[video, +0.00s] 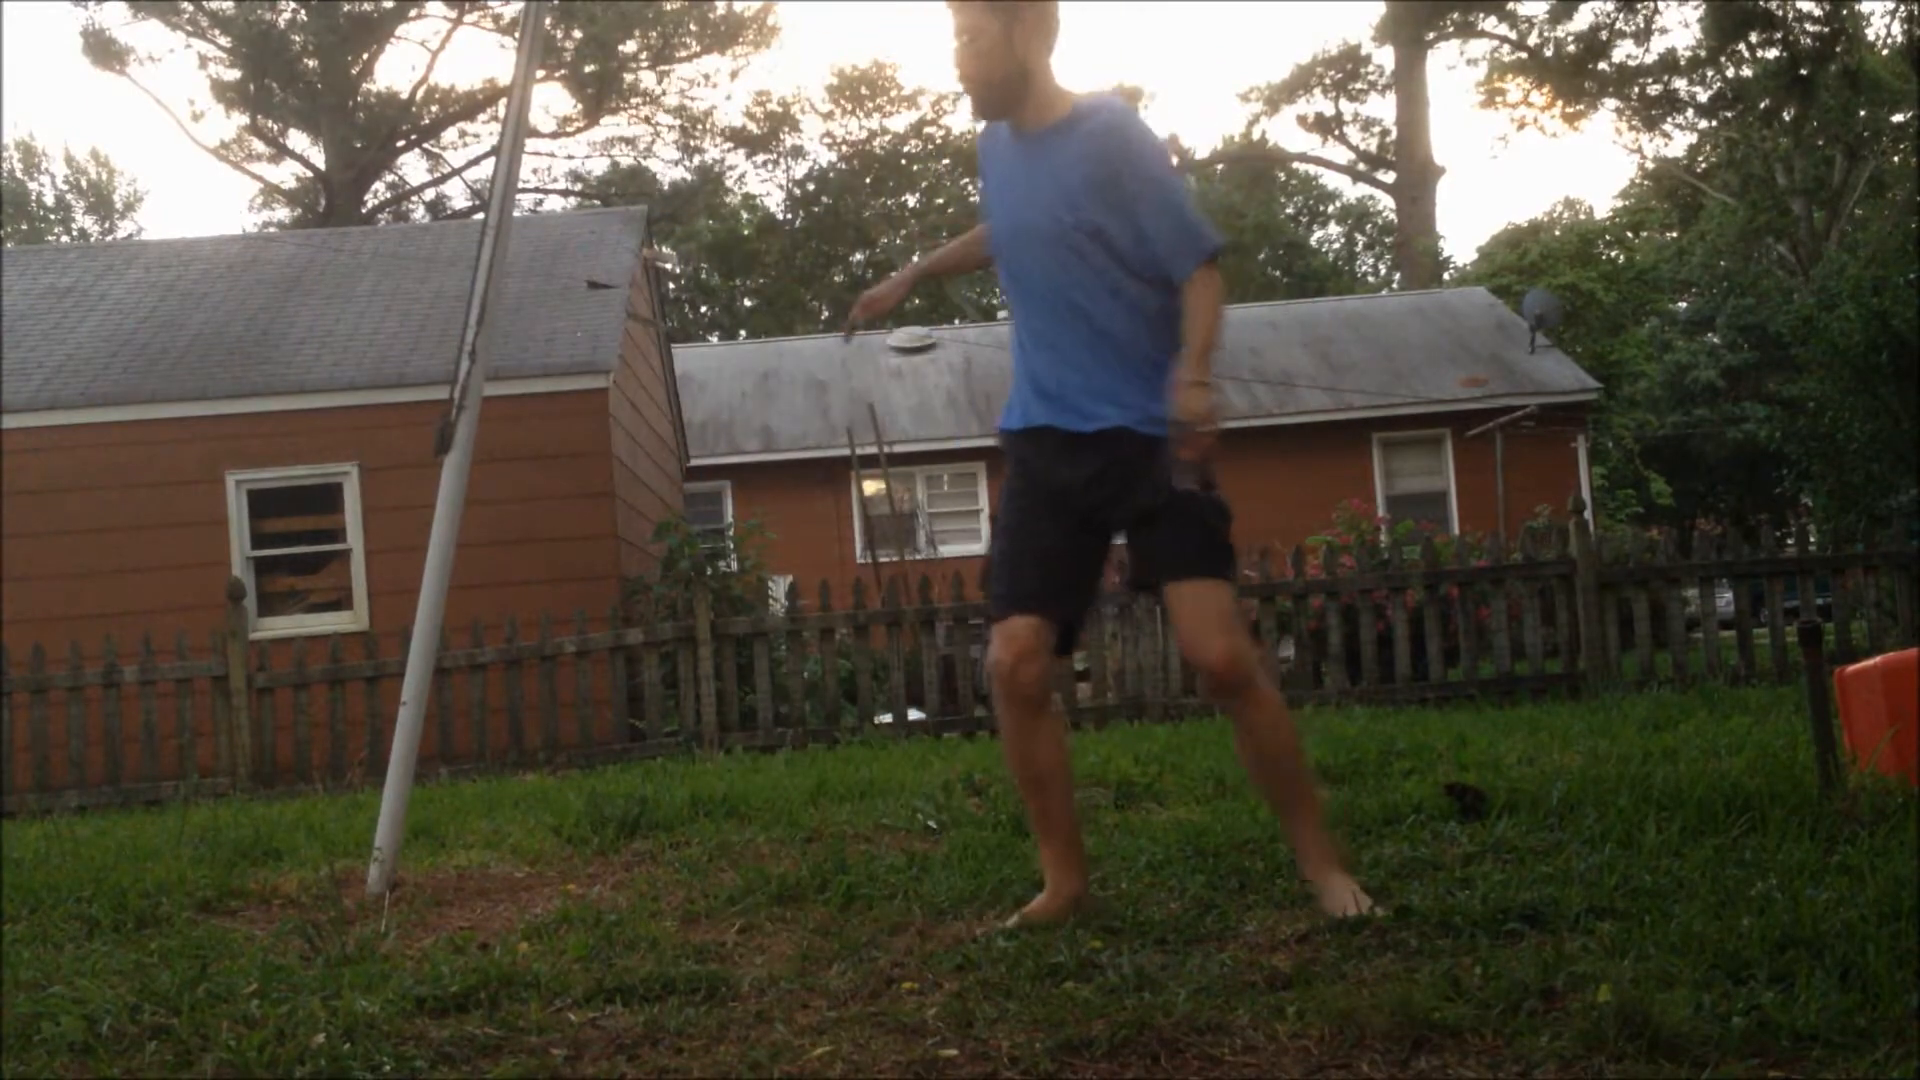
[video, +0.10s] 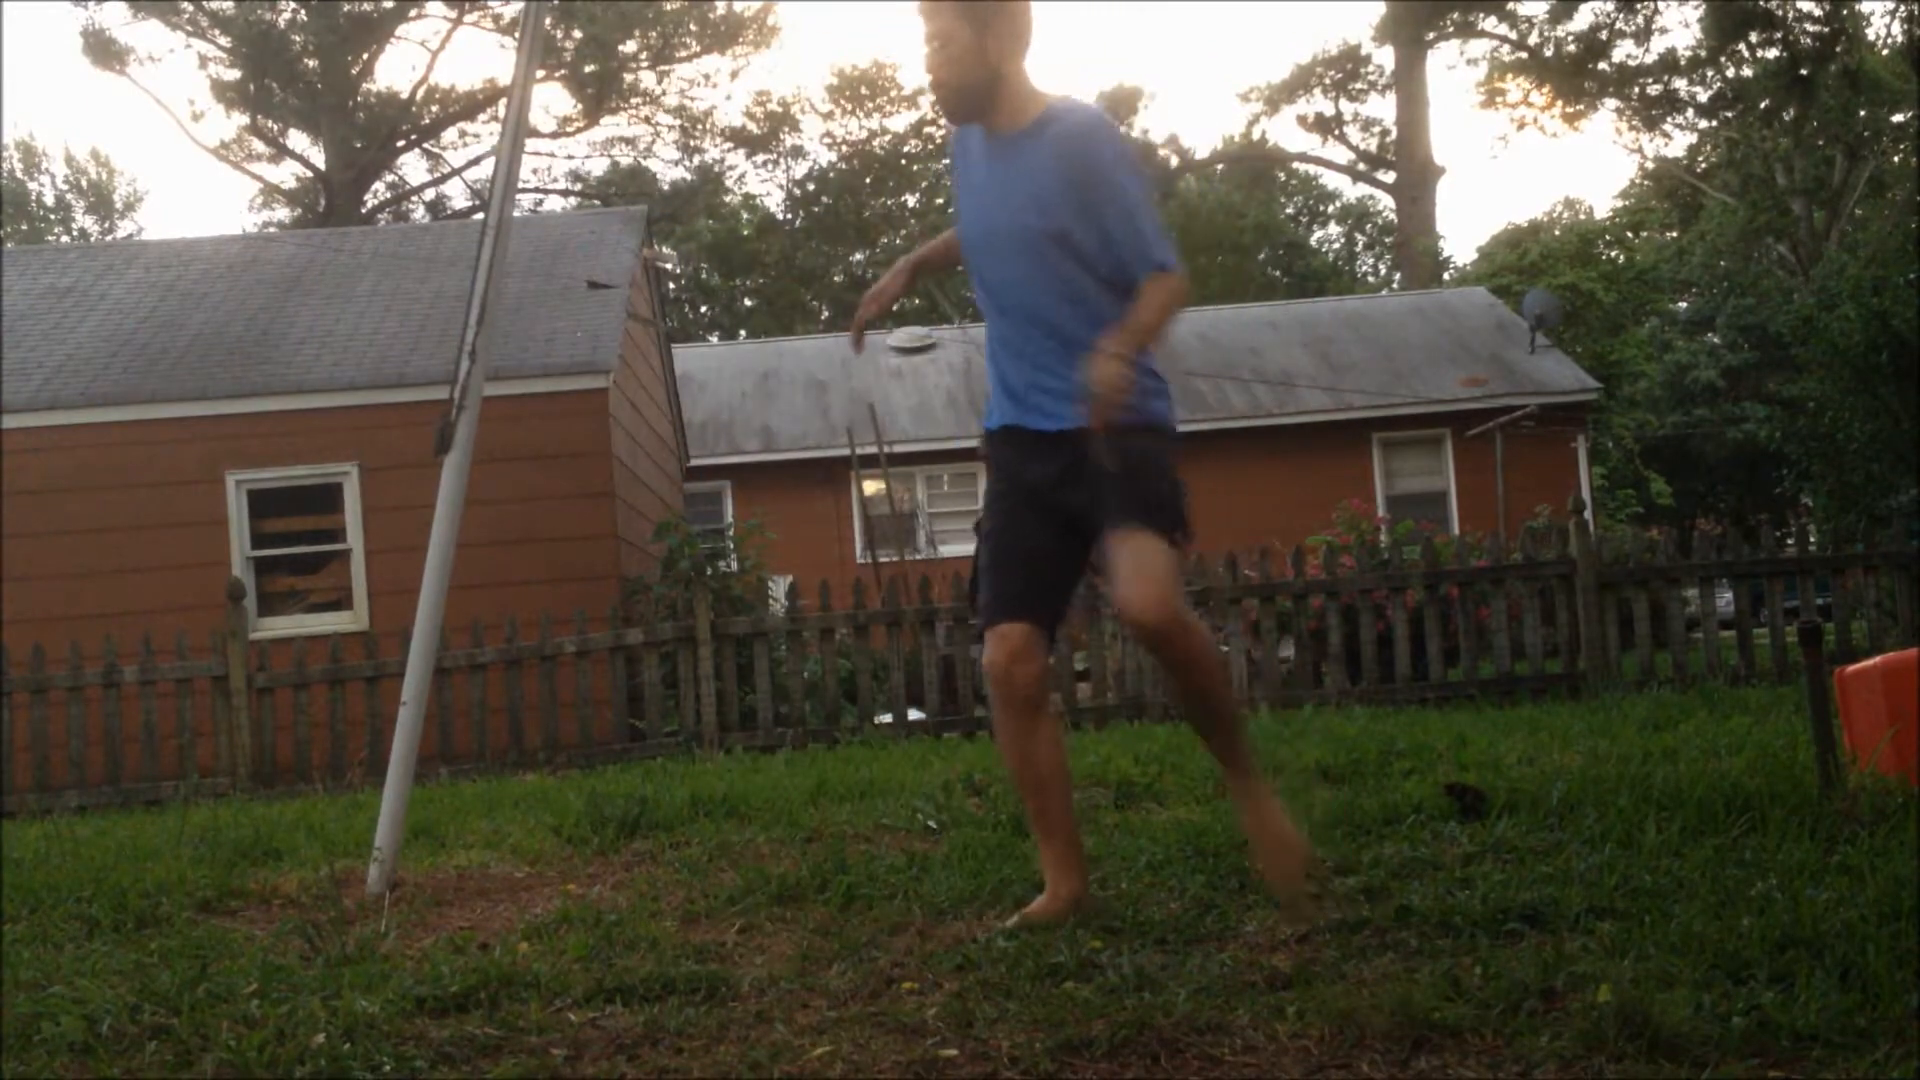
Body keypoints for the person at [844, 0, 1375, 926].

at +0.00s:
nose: (958, 49)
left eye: (971, 27)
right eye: (955, 31)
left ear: (1030, 28)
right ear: (975, 38)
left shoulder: (1111, 132)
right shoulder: (993, 145)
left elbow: (1201, 265)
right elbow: (1010, 231)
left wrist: (1193, 369)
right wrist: (911, 274)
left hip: (1153, 432)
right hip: (1045, 439)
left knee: (1220, 657)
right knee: (1017, 664)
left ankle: (1324, 869)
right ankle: (1063, 886)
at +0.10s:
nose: (928, 61)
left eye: (941, 37)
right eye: (925, 41)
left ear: (1001, 37)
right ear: (947, 47)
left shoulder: (1082, 136)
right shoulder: (966, 145)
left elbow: (1167, 278)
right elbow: (989, 233)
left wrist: (1117, 344)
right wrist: (908, 267)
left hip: (1119, 424)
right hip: (1022, 434)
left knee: (1147, 605)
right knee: (1010, 663)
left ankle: (1253, 797)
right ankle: (1064, 887)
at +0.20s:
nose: (911, 33)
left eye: (924, 12)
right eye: (909, 16)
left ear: (982, 14)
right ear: (939, 26)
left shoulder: (1062, 108)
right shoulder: (948, 114)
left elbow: (1132, 248)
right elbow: (974, 205)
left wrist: (1045, 315)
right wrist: (919, 254)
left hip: (1099, 372)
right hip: (1009, 395)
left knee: (1052, 523)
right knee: (1014, 646)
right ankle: (1061, 879)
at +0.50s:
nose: (893, 30)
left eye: (912, 12)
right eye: (895, 13)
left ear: (967, 21)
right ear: (934, 27)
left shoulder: (1009, 120)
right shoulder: (946, 132)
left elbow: (1056, 278)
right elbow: (994, 285)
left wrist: (934, 356)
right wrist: (953, 387)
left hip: (1043, 396)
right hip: (994, 401)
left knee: (894, 554)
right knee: (941, 658)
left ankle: (1090, 612)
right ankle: (1032, 886)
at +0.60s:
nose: (913, 31)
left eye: (932, 12)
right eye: (915, 14)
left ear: (986, 23)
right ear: (945, 30)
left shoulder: (1017, 119)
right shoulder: (964, 135)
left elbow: (1061, 268)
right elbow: (1010, 280)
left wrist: (930, 317)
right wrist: (945, 375)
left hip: (1026, 388)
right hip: (989, 392)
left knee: (833, 493)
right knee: (929, 655)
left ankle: (1048, 618)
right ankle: (1027, 879)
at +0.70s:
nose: (946, 25)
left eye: (958, 8)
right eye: (948, 10)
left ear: (1009, 14)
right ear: (999, 22)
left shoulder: (1049, 104)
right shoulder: (994, 119)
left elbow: (1085, 241)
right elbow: (1011, 253)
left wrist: (957, 258)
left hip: (1012, 360)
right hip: (1002, 372)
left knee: (781, 367)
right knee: (936, 623)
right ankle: (1016, 862)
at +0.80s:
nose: (993, 20)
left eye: (1003, 5)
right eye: (993, 7)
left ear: (1046, 7)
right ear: (1032, 17)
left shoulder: (1088, 84)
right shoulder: (1036, 111)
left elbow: (1079, 226)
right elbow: (1029, 250)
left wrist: (946, 235)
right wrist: (944, 270)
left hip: (1026, 344)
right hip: (1009, 354)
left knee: (794, 336)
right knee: (935, 614)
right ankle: (1026, 845)